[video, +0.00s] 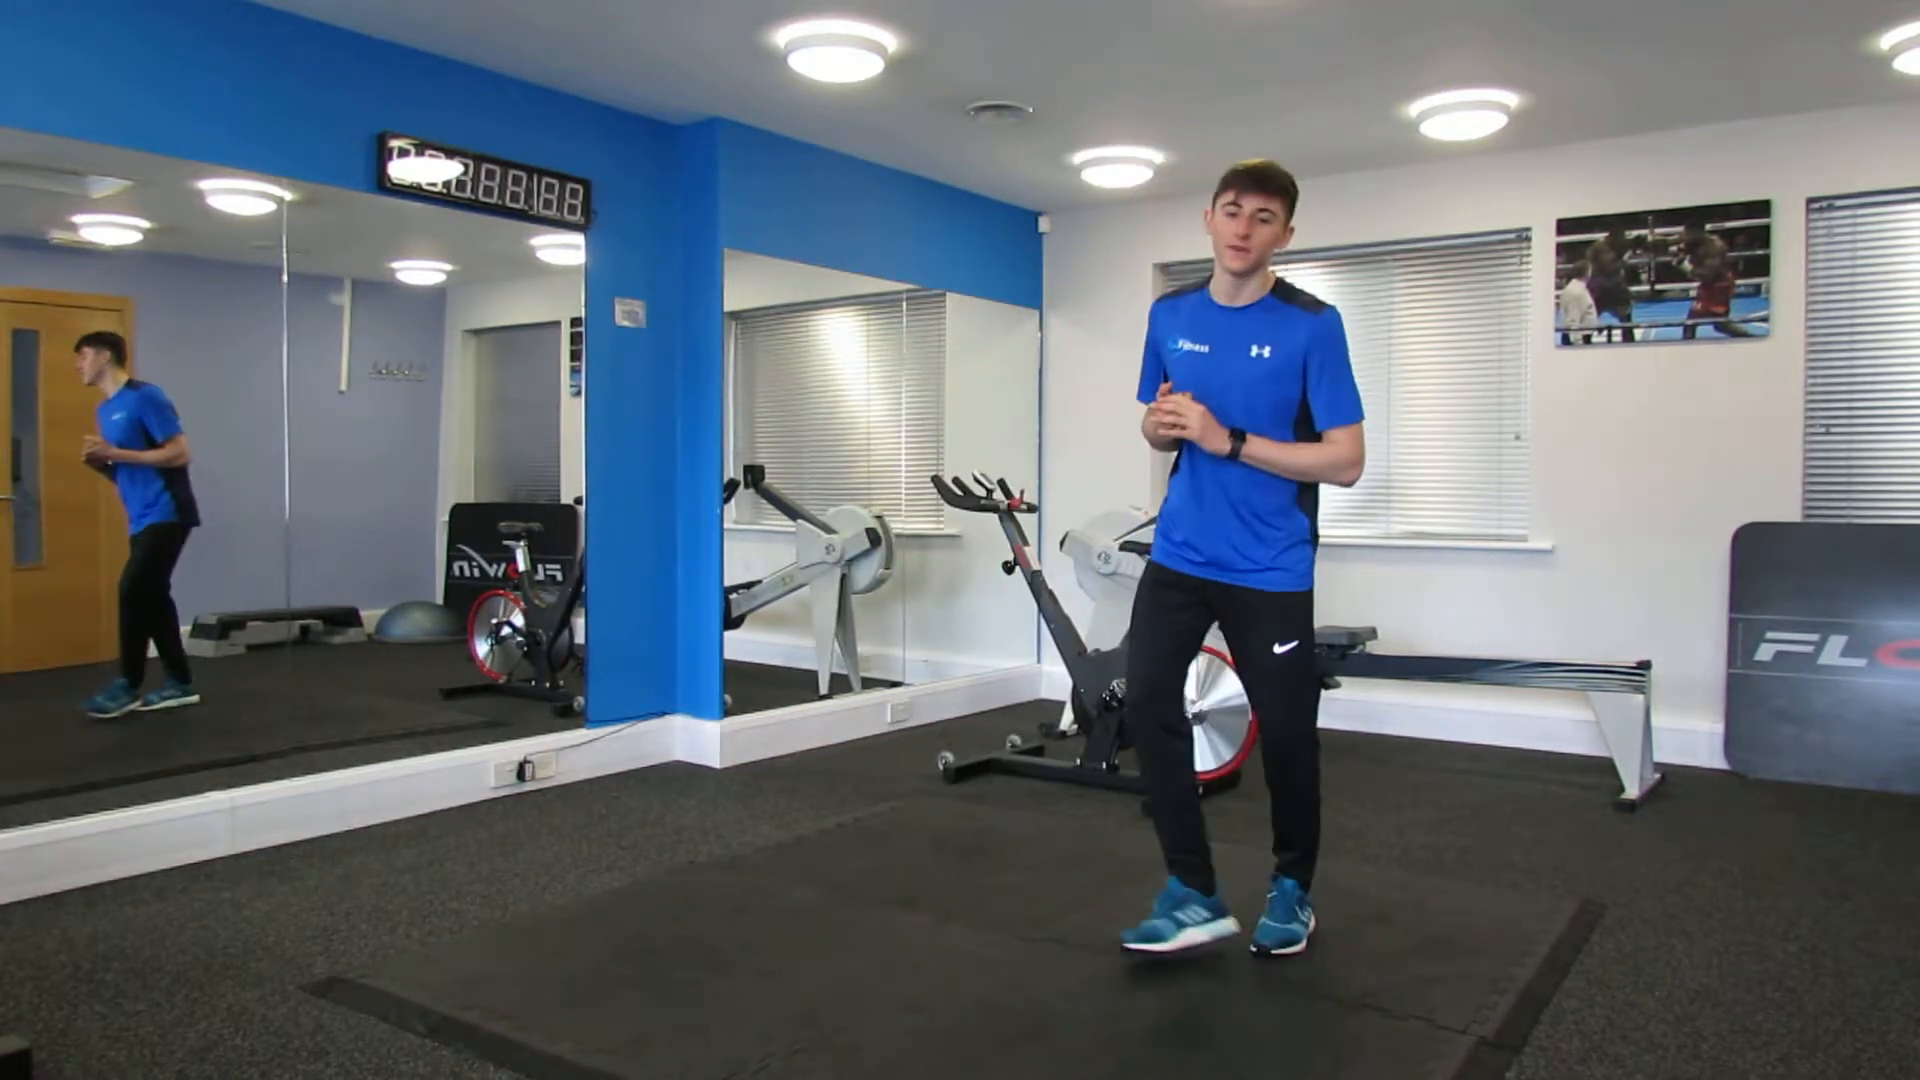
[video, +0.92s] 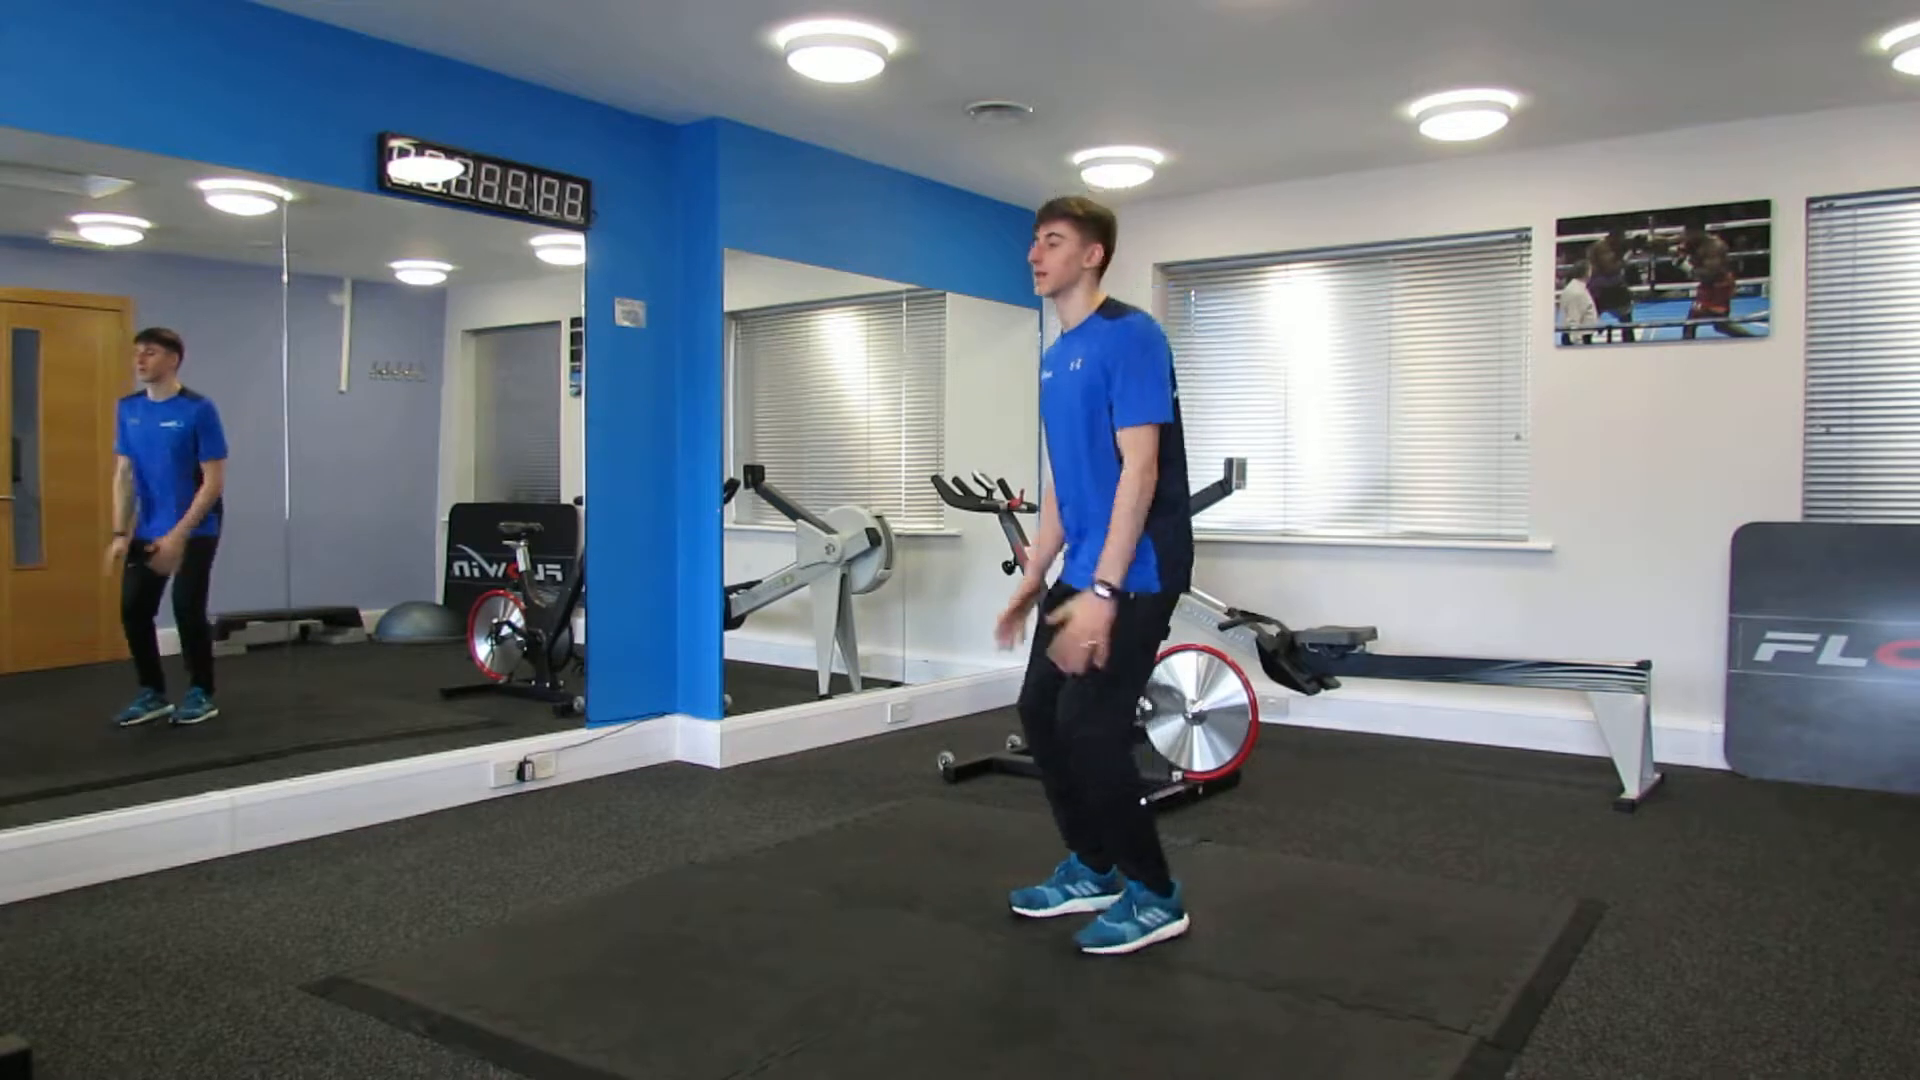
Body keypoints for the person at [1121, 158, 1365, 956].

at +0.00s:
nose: (1244, 227)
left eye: (1263, 217)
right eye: (1232, 211)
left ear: (1284, 235)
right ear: (1209, 222)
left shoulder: (1313, 326)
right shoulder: (1172, 315)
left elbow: (1347, 458)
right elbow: (1155, 429)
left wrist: (1231, 441)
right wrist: (1160, 427)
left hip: (1271, 568)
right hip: (1179, 557)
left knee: (1288, 732)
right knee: (1147, 705)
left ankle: (1291, 889)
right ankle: (1194, 891)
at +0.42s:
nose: (1149, 226)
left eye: (1167, 218)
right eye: (1140, 214)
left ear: (1193, 237)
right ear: (1123, 230)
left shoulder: (1224, 318)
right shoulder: (1104, 327)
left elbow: (1273, 436)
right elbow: (1097, 450)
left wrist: (1161, 428)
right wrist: (1094, 427)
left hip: (1203, 563)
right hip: (1126, 559)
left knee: (1238, 719)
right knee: (1100, 706)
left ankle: (1282, 883)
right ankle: (1097, 865)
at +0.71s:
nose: (1060, 233)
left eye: (1076, 219)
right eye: (1056, 223)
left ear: (1118, 230)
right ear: (1056, 238)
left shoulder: (1159, 307)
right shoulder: (1062, 327)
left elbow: (1191, 429)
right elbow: (1071, 421)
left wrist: (1077, 453)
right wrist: (1035, 451)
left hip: (1160, 548)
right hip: (1096, 548)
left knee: (1145, 709)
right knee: (1085, 708)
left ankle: (1179, 880)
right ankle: (1096, 867)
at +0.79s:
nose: (1047, 235)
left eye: (1063, 221)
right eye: (1044, 224)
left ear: (1105, 232)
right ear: (1046, 240)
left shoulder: (1145, 310)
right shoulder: (1057, 333)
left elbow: (1175, 438)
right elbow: (1074, 444)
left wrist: (1071, 504)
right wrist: (1040, 508)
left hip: (1153, 550)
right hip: (1093, 550)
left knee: (1124, 712)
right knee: (1073, 705)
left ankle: (1158, 889)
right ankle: (1096, 867)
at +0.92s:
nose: (1035, 254)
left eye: (1052, 242)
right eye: (1034, 243)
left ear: (1095, 256)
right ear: (1044, 261)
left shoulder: (1132, 336)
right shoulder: (1057, 356)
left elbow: (1141, 471)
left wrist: (1104, 590)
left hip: (1137, 571)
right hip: (1083, 568)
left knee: (1093, 725)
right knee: (1042, 712)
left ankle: (1156, 894)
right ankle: (1095, 866)